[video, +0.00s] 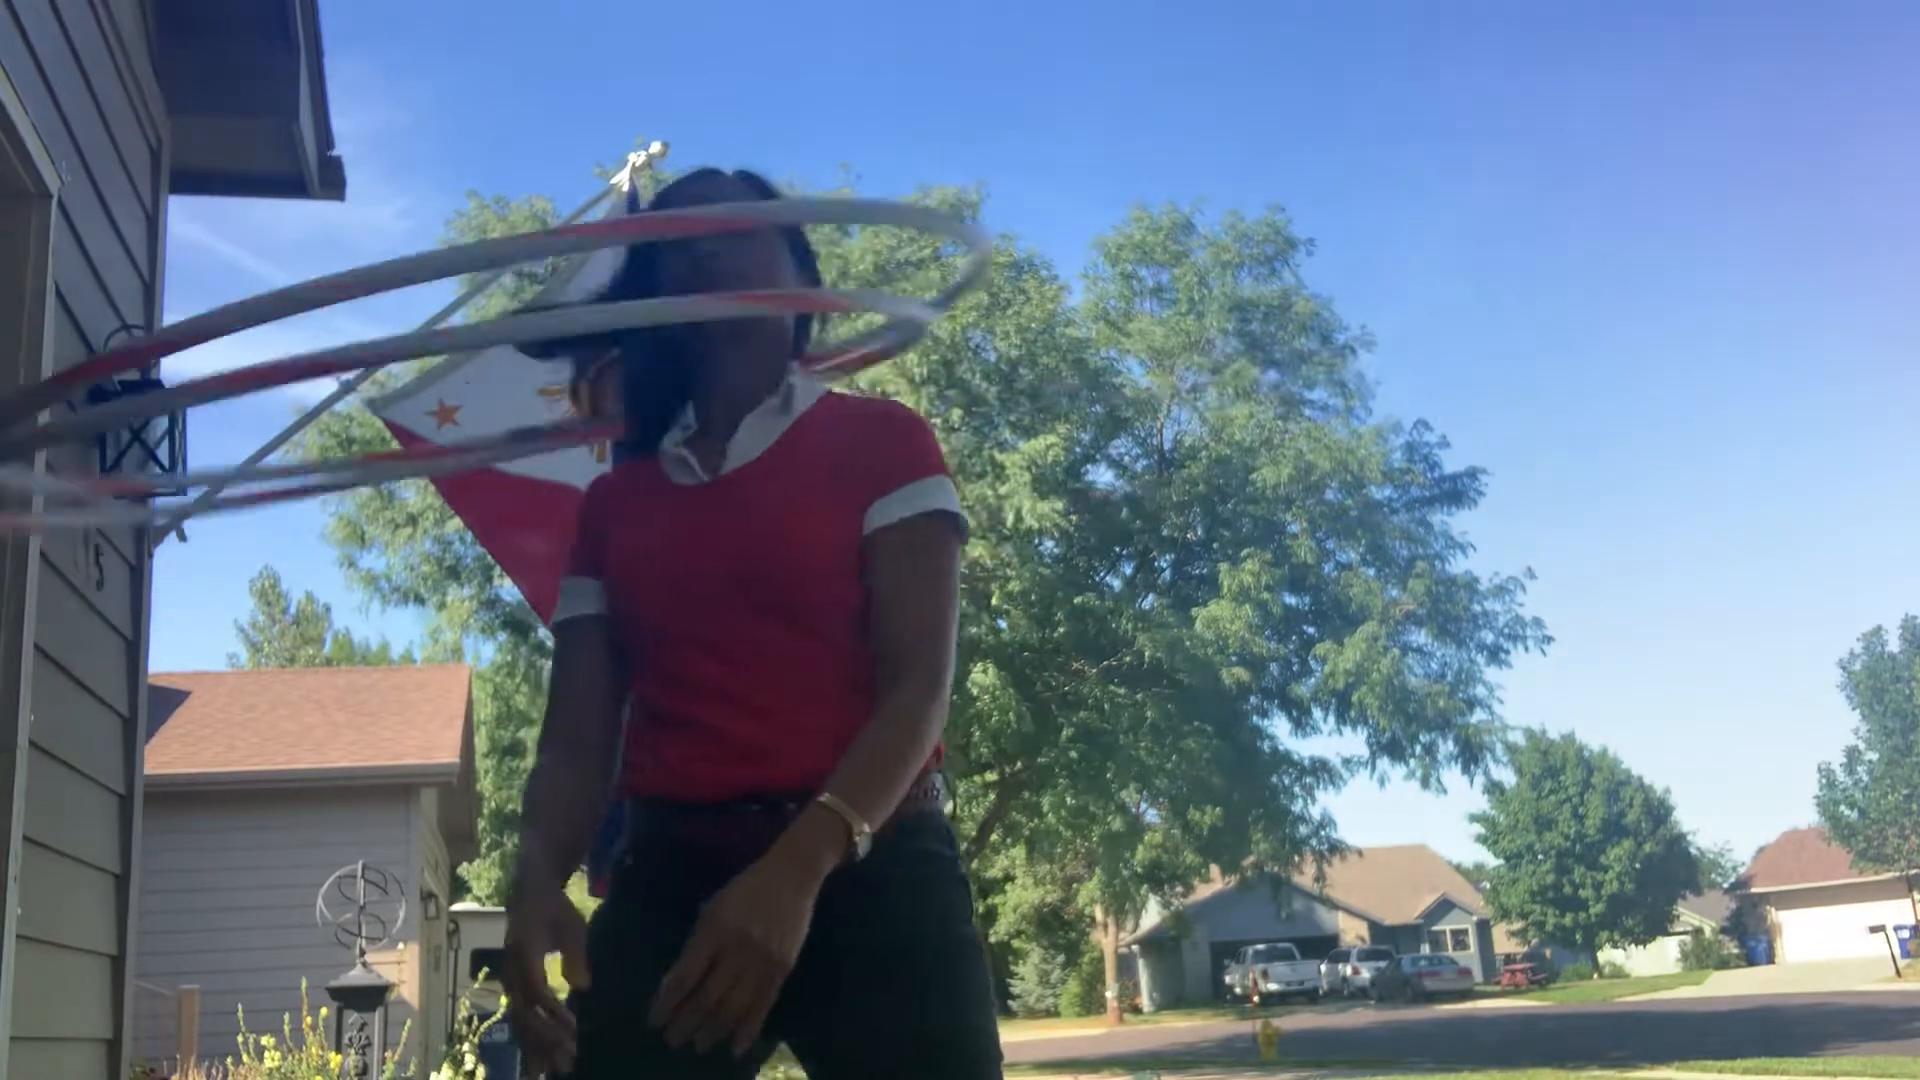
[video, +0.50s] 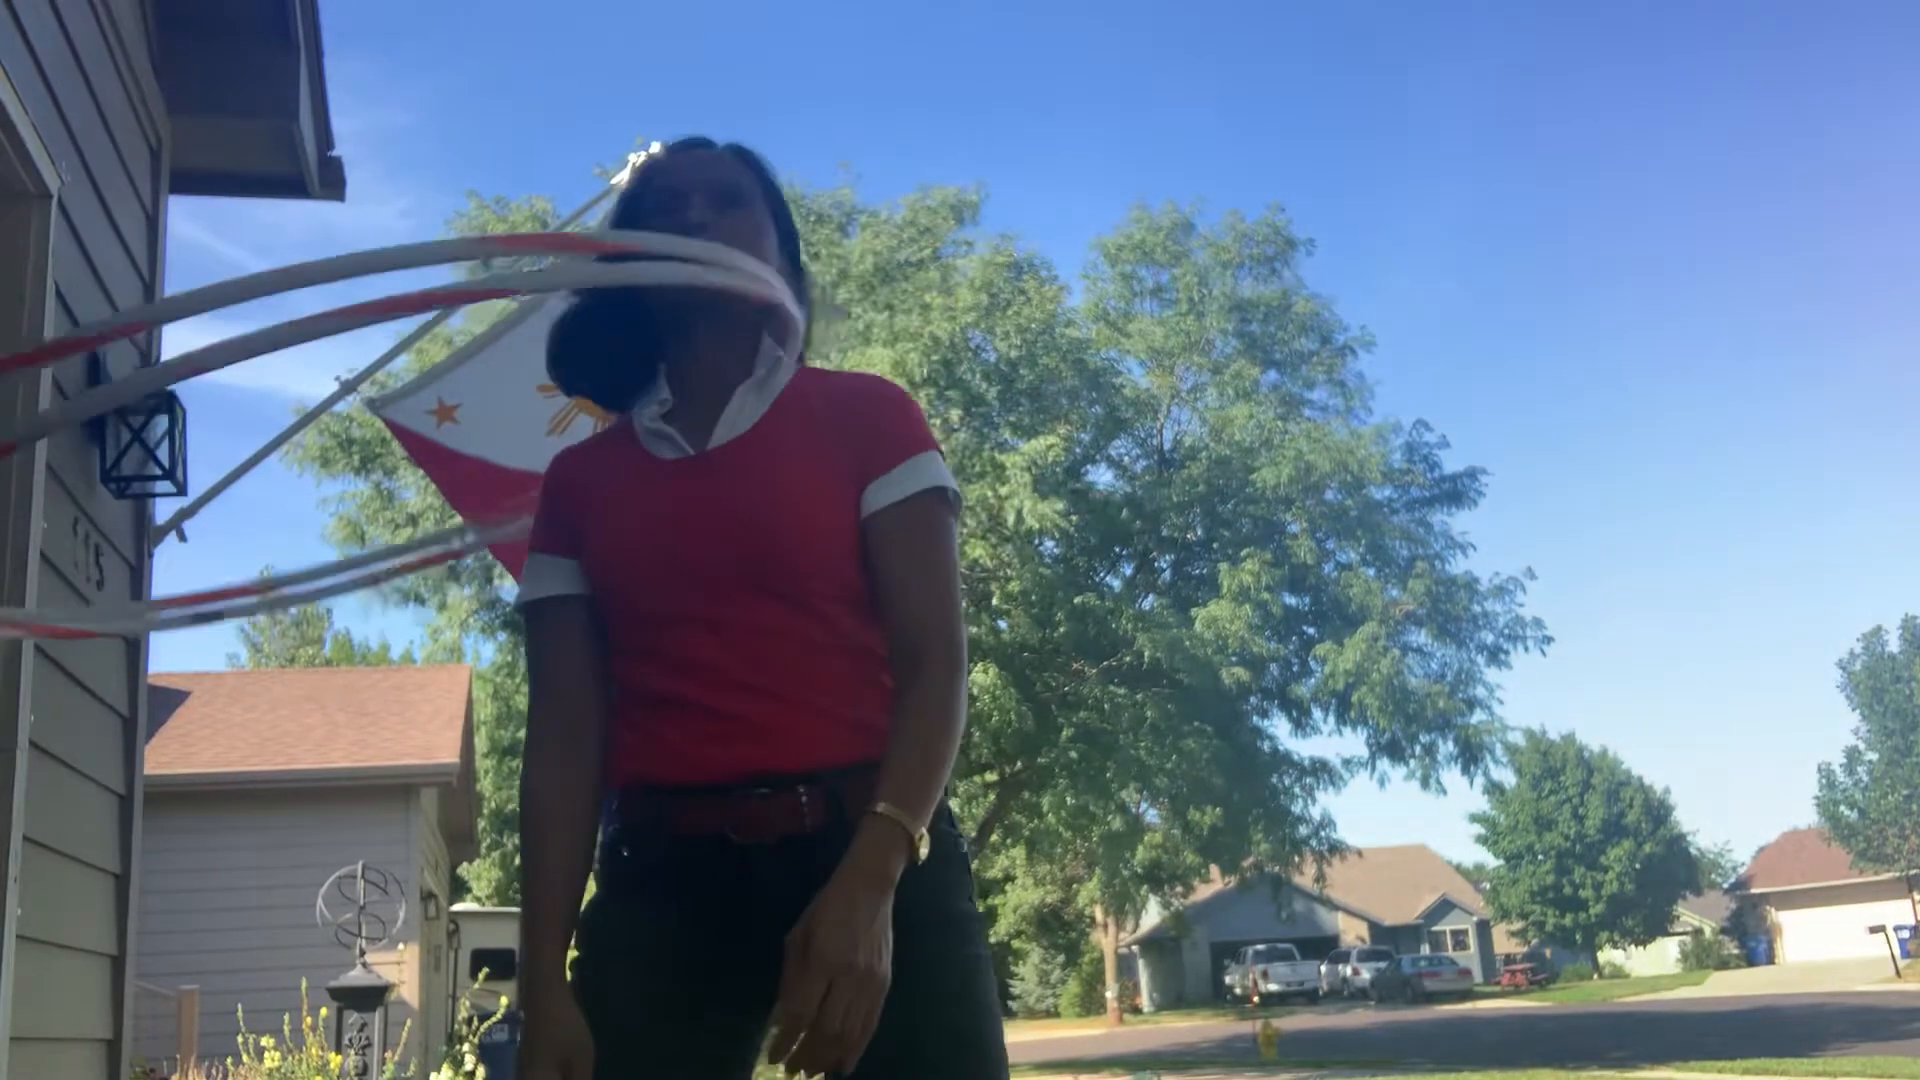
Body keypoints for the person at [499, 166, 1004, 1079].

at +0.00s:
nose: (725, 256)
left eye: (750, 236)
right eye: (695, 241)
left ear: (802, 285)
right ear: (658, 290)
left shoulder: (880, 438)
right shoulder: (616, 501)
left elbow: (918, 690)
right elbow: (576, 734)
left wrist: (800, 863)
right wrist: (538, 883)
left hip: (873, 874)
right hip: (669, 884)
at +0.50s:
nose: (697, 219)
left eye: (728, 200)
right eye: (662, 207)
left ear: (781, 254)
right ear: (626, 261)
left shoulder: (869, 416)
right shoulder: (581, 480)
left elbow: (934, 668)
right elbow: (563, 730)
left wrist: (870, 878)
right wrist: (542, 975)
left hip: (876, 866)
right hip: (665, 880)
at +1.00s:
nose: (707, 218)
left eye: (742, 202)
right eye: (675, 205)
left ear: (792, 261)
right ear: (636, 262)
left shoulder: (869, 411)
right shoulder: (583, 471)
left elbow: (929, 660)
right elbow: (546, 713)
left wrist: (809, 838)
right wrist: (498, 937)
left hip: (864, 860)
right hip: (648, 866)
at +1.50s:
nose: (675, 205)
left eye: (708, 184)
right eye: (642, 191)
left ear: (767, 230)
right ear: (610, 242)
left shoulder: (840, 390)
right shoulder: (578, 472)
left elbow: (913, 666)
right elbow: (557, 739)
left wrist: (821, 910)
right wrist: (491, 990)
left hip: (865, 862)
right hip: (652, 871)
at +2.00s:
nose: (722, 222)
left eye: (759, 204)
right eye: (698, 217)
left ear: (829, 261)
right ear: (673, 280)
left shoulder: (874, 402)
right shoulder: (626, 471)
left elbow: (875, 656)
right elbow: (563, 711)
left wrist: (695, 840)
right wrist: (442, 887)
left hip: (866, 861)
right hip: (653, 877)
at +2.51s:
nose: (713, 222)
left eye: (752, 202)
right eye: (697, 223)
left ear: (832, 265)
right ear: (686, 291)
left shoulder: (880, 412)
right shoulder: (638, 480)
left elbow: (877, 662)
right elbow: (566, 706)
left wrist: (664, 819)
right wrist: (430, 891)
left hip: (866, 861)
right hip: (666, 880)